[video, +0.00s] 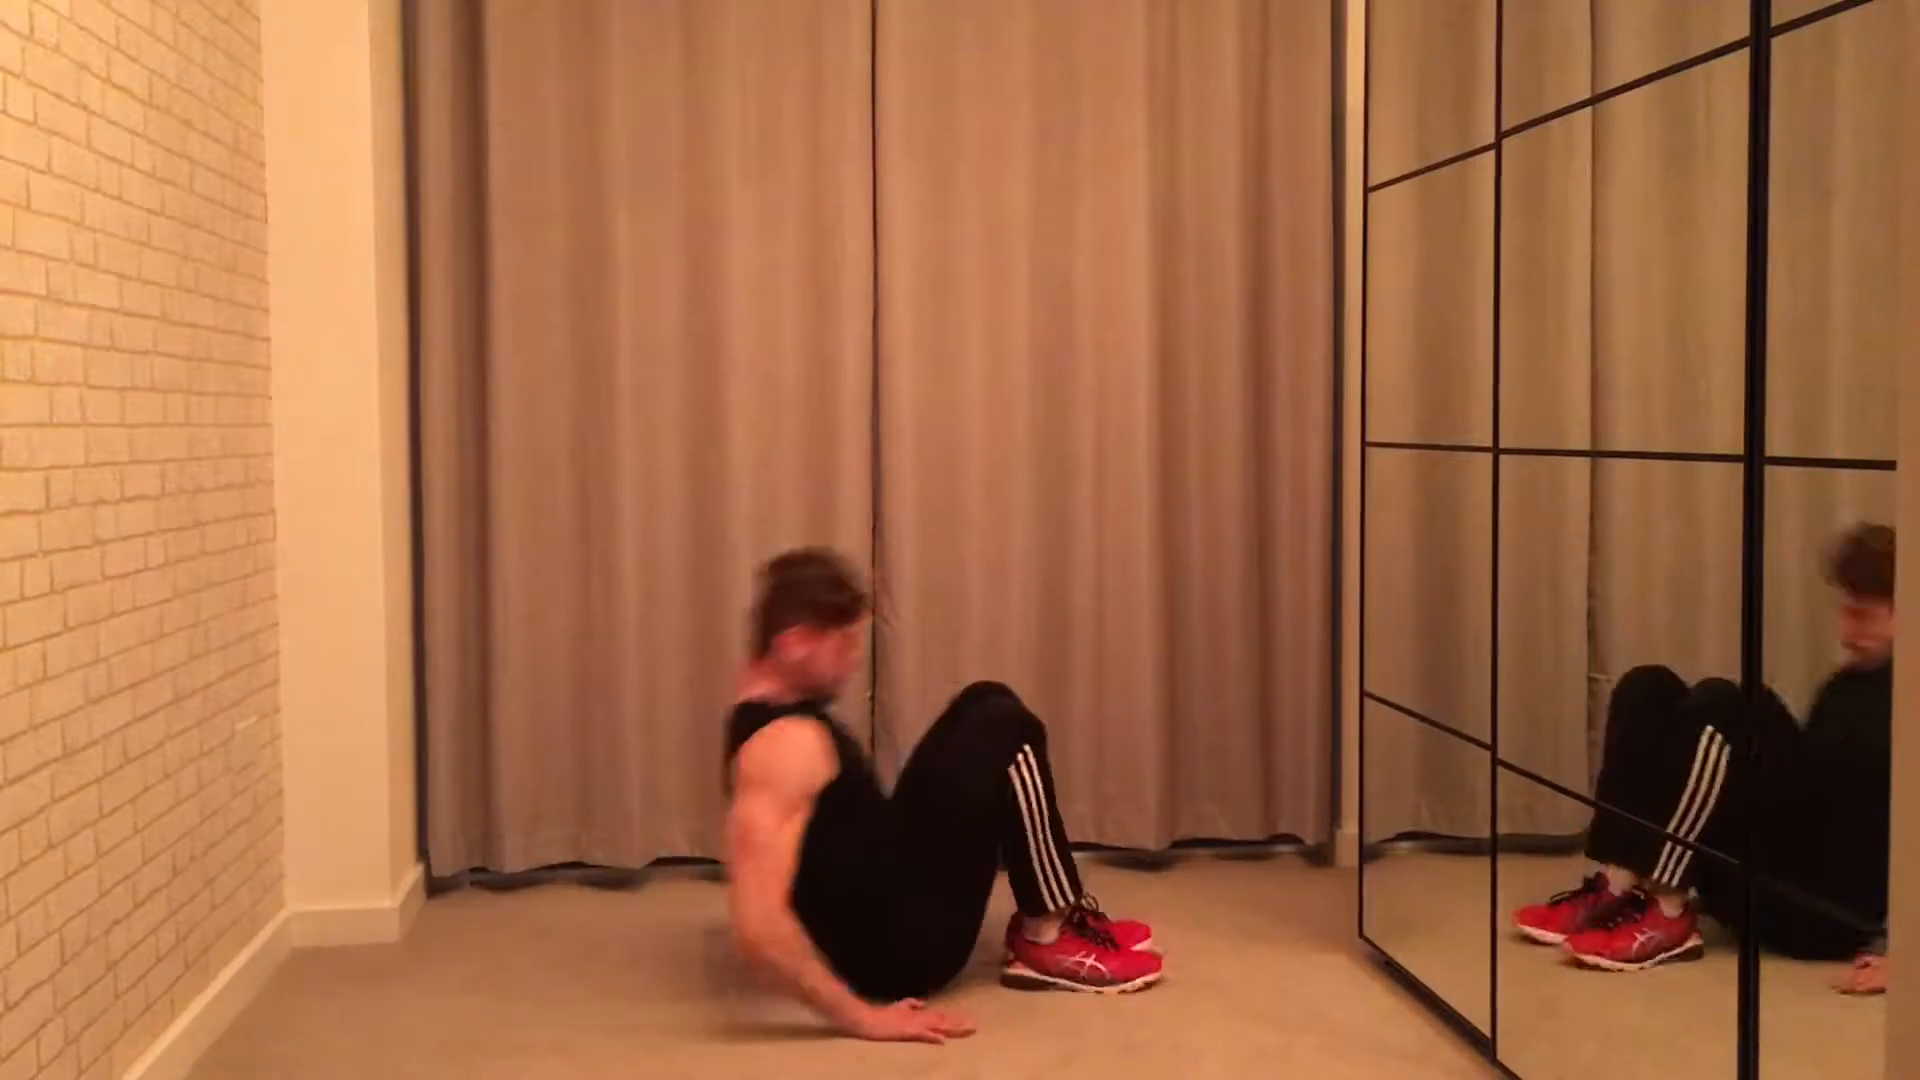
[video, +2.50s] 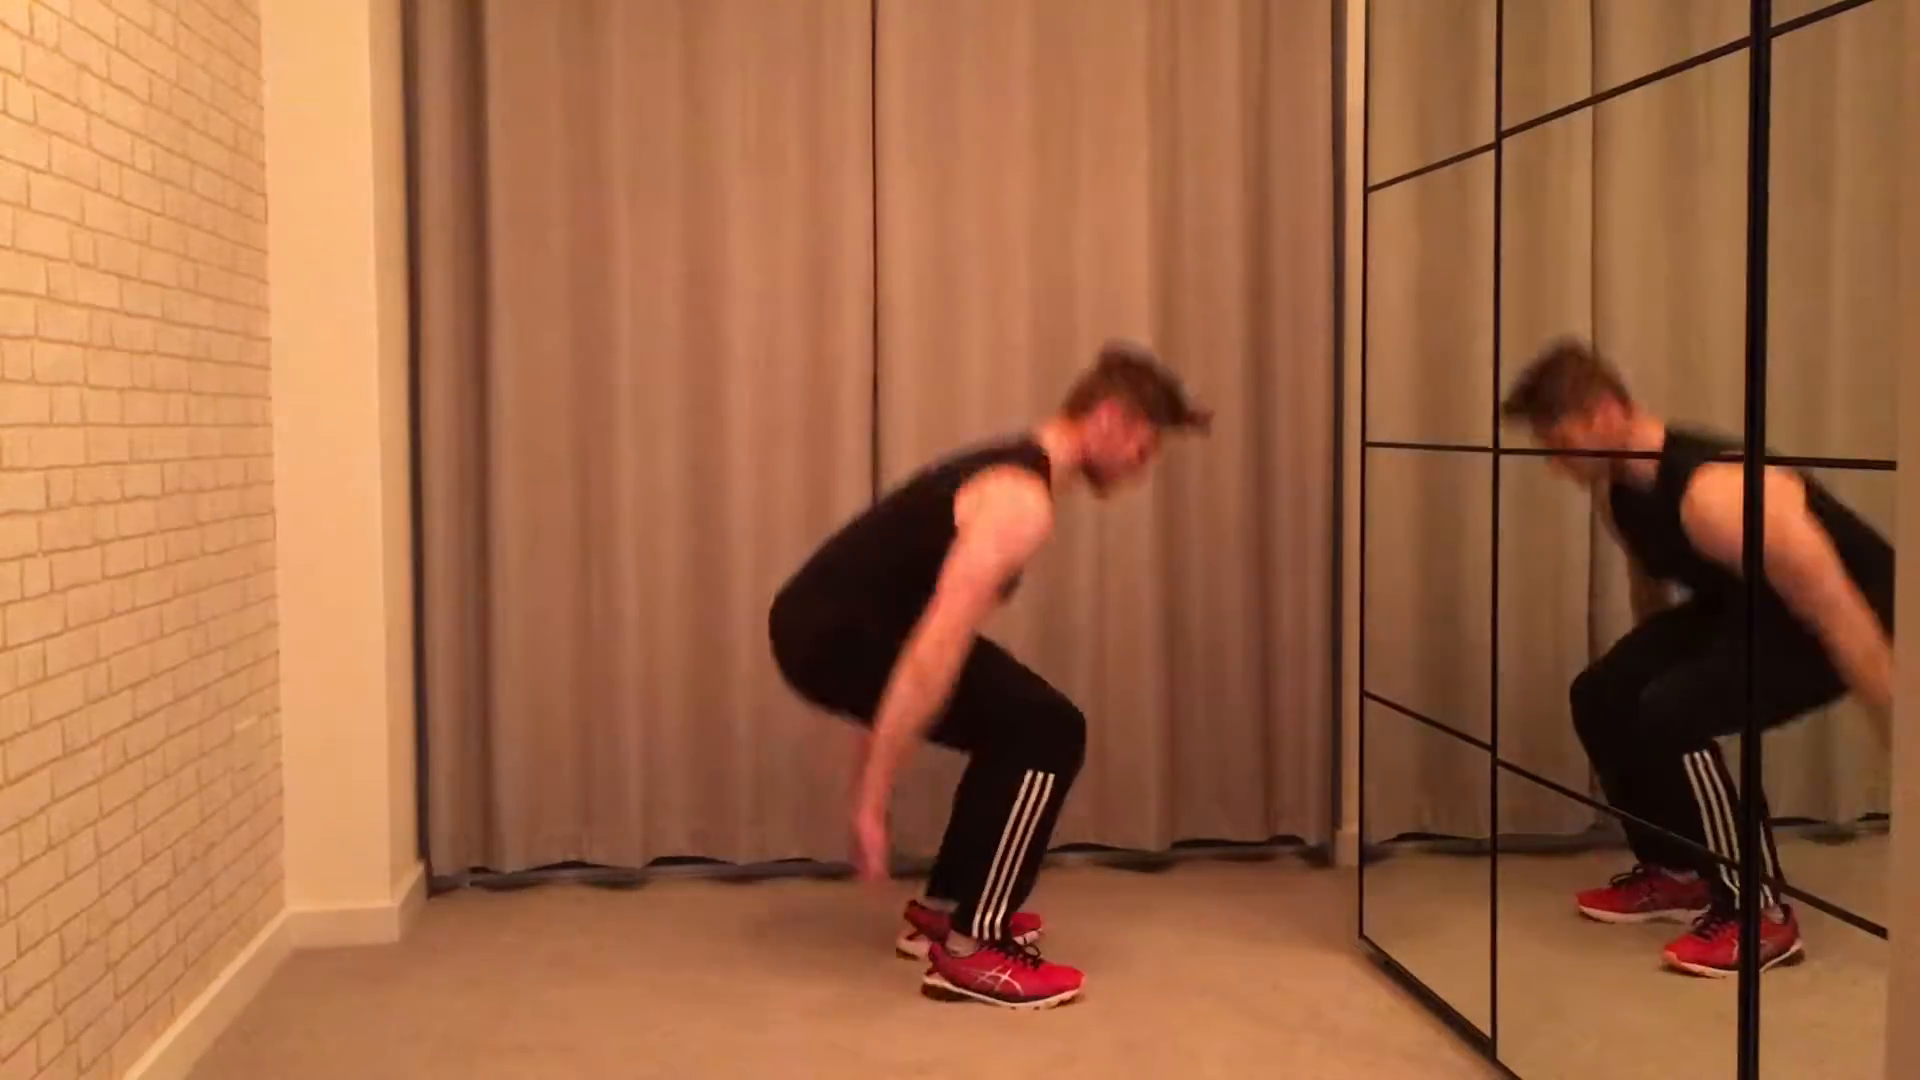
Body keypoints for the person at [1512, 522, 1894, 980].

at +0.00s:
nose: (1850, 625)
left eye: (1867, 612)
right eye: (1847, 608)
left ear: (1900, 616)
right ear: (1840, 604)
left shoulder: (1896, 695)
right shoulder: (1841, 690)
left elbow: (1904, 821)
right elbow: (1807, 807)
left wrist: (1896, 949)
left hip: (1832, 918)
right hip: (1771, 898)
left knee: (1728, 702)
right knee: (1649, 686)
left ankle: (1669, 909)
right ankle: (1614, 887)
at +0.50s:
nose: (1570, 612)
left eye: (1563, 594)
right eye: (1556, 602)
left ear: (1592, 553)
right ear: (1593, 548)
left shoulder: (1701, 569)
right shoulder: (1630, 541)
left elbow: (1796, 742)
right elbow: (1627, 678)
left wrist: (1840, 902)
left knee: (1668, 671)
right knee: (1649, 665)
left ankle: (1650, 881)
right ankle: (1632, 861)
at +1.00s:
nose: (1564, 744)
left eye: (1556, 731)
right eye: (1552, 738)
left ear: (1576, 685)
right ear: (1575, 681)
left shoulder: (1699, 662)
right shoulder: (1619, 651)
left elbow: (1804, 819)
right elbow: (1598, 781)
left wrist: (1813, 969)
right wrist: (1617, 898)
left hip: (1889, 689)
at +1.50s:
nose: (1575, 656)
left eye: (1571, 639)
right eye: (1565, 646)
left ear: (1604, 600)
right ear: (1604, 597)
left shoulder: (1723, 616)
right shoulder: (1632, 612)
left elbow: (1782, 793)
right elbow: (1607, 751)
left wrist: (1802, 949)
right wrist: (1606, 873)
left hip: (1894, 549)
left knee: (1800, 716)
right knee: (1689, 685)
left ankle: (1861, 914)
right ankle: (1736, 872)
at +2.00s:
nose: (1614, 61)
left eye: (1622, 36)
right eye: (1603, 46)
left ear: (1675, 15)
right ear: (1613, 44)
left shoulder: (1774, 105)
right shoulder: (1665, 131)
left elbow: (1894, 204)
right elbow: (1721, 257)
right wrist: (1713, 355)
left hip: (1793, 365)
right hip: (1708, 369)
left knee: (1801, 587)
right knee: (1701, 580)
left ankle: (1846, 818)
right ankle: (1715, 779)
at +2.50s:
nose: (1556, 463)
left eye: (1561, 443)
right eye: (1548, 449)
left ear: (1608, 414)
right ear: (1602, 417)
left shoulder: (1717, 495)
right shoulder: (1621, 485)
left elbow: (1842, 615)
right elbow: (1650, 594)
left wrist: (1903, 738)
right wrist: (1644, 680)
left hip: (1832, 622)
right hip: (1745, 605)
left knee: (1669, 714)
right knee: (1601, 699)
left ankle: (1758, 913)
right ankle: (1676, 871)